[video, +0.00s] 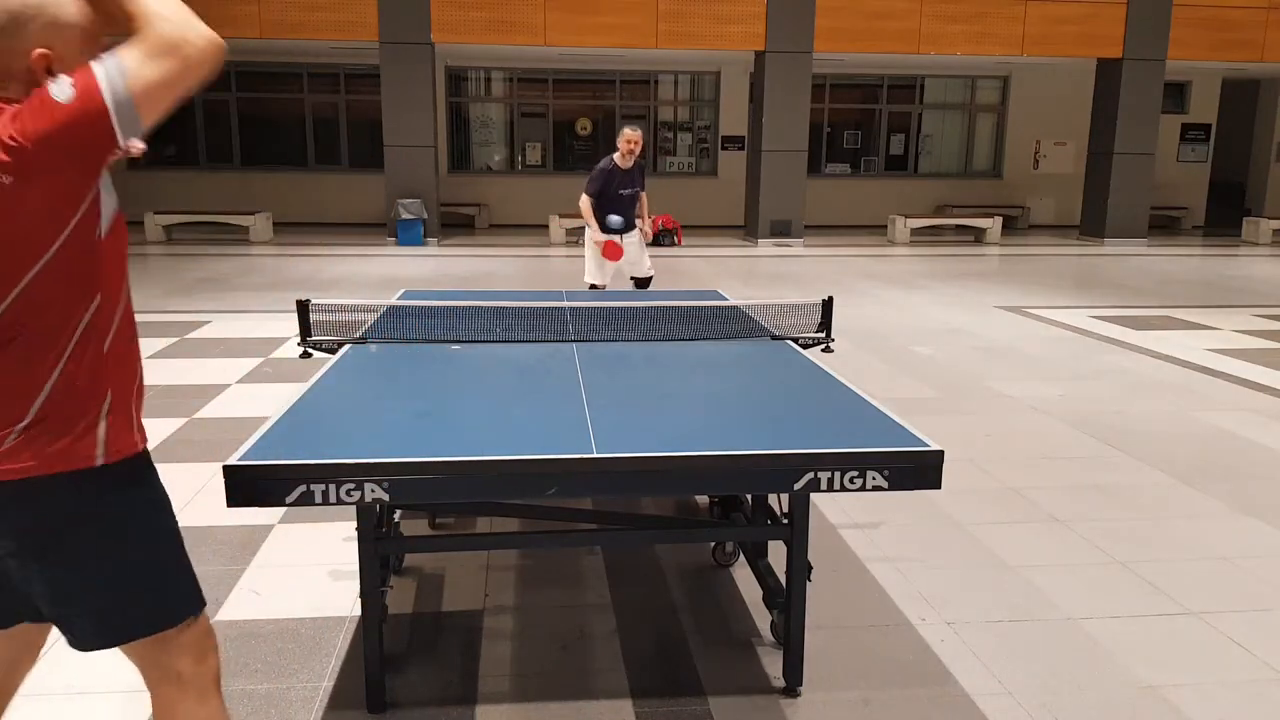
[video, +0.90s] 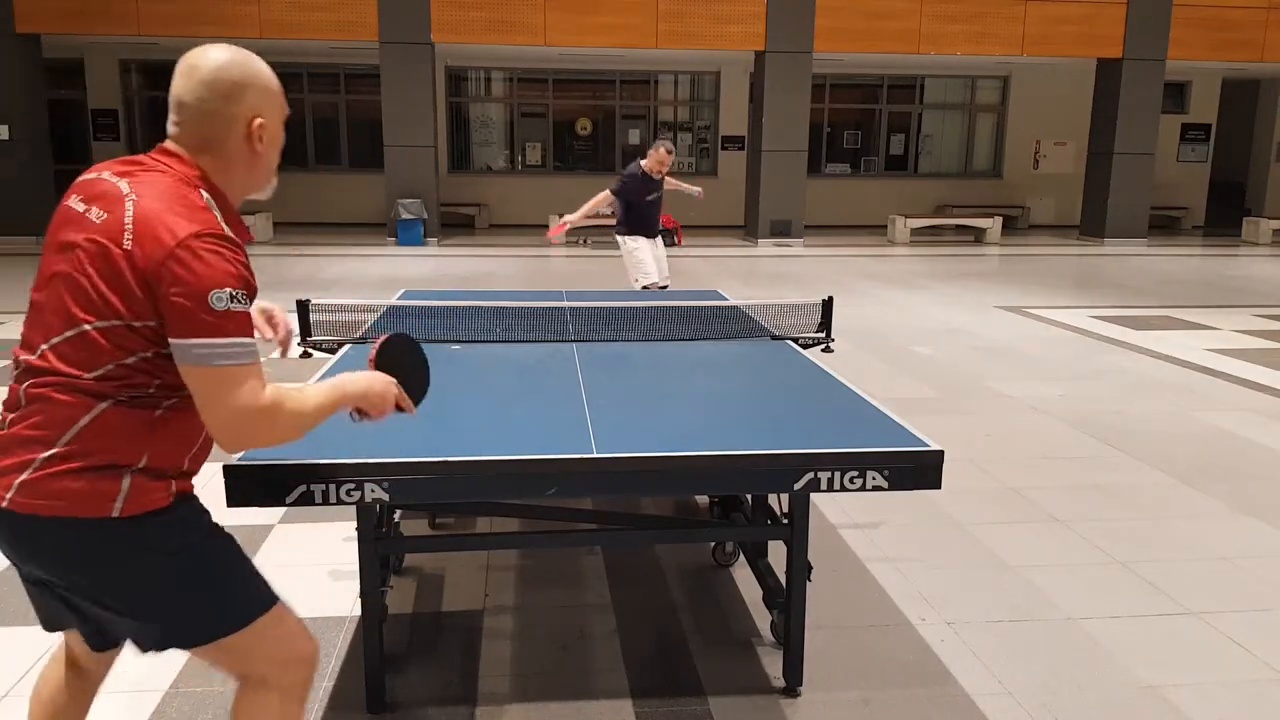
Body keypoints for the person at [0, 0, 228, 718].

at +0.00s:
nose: (100, 65)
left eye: (97, 50)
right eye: (88, 50)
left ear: (27, 65)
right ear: (42, 64)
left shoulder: (21, 130)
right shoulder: (40, 136)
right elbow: (191, 45)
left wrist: (92, 135)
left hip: (17, 461)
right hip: (78, 465)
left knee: (12, 644)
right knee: (185, 661)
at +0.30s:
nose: (42, 77)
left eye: (37, 62)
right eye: (32, 64)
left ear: (1, 74)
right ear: (2, 74)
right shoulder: (36, 153)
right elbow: (209, 160)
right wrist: (147, 65)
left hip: (14, 474)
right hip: (62, 471)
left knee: (1, 659)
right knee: (194, 659)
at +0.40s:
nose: (67, 83)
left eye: (64, 69)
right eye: (60, 68)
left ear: (13, 78)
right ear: (28, 75)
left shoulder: (10, 159)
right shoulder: (47, 164)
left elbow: (16, 267)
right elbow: (231, 201)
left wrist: (82, 248)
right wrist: (195, 104)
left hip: (6, 482)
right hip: (60, 481)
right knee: (204, 666)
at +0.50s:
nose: (114, 89)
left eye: (109, 73)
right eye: (106, 74)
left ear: (14, 85)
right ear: (75, 85)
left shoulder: (9, 162)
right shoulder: (70, 180)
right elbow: (253, 260)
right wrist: (250, 157)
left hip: (7, 492)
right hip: (66, 496)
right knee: (209, 670)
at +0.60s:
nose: (172, 109)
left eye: (170, 93)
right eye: (168, 93)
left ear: (71, 98)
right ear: (140, 101)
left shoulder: (12, 178)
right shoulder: (119, 205)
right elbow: (266, 334)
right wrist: (308, 230)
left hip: (12, 501)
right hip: (88, 510)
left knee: (25, 661)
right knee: (237, 681)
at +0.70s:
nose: (231, 131)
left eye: (228, 113)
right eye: (227, 113)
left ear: (122, 116)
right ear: (202, 123)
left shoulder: (39, 194)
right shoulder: (158, 230)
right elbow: (263, 393)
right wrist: (342, 323)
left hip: (15, 498)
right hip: (108, 510)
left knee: (70, 636)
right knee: (259, 681)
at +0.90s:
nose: (283, 144)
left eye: (282, 127)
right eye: (281, 126)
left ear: (178, 118)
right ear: (256, 132)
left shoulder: (98, 183)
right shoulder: (192, 236)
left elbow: (124, 313)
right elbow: (242, 422)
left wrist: (235, 316)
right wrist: (349, 389)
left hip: (24, 489)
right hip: (110, 505)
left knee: (83, 654)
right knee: (284, 660)